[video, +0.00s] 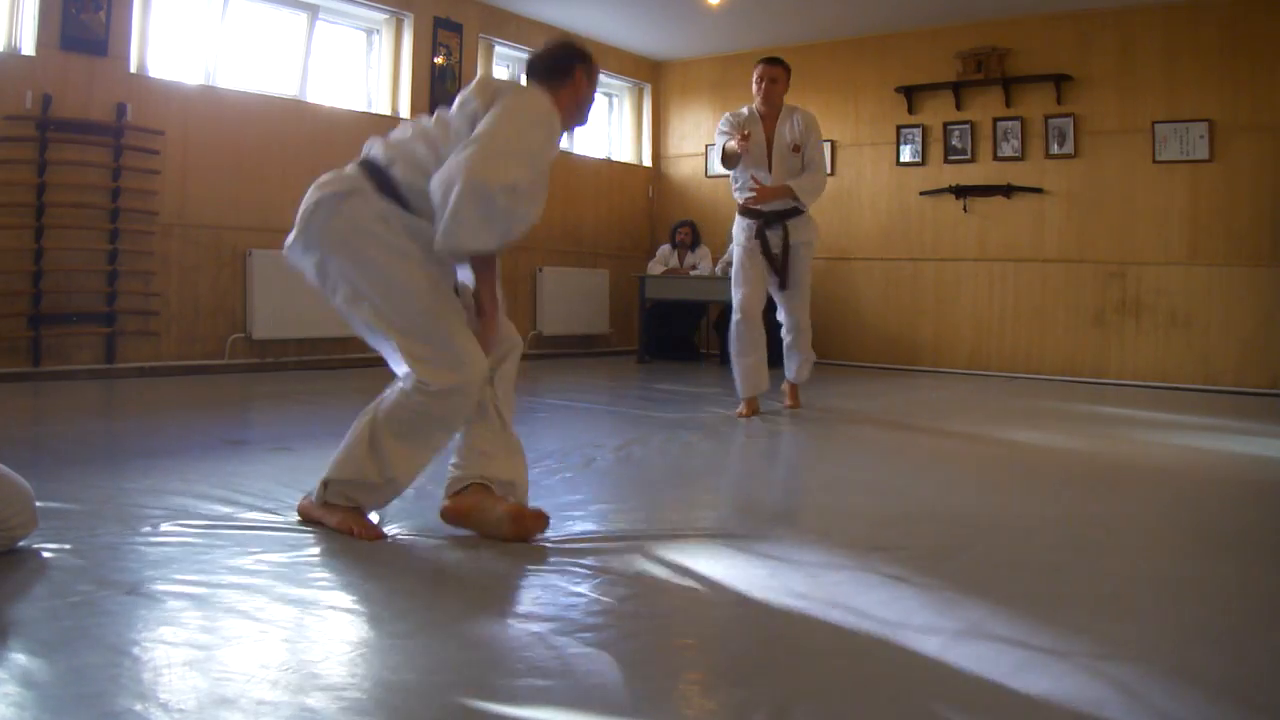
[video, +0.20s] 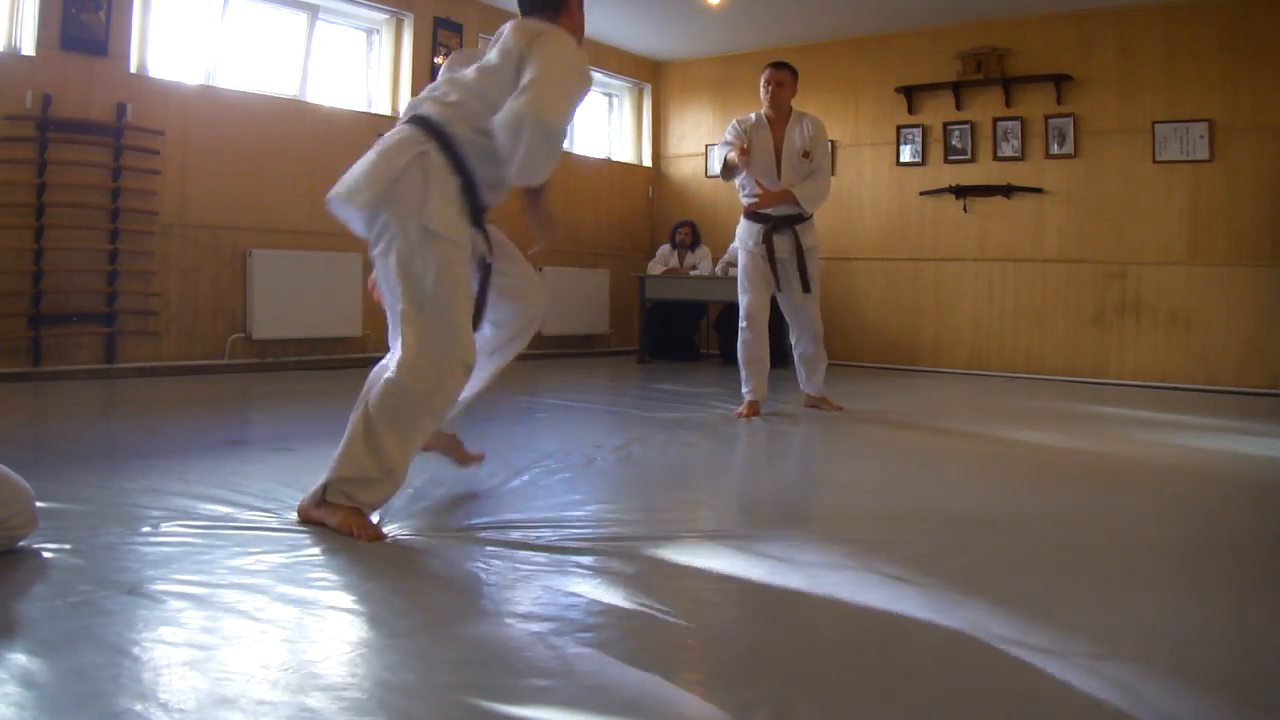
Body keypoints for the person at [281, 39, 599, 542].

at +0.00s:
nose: (592, 103)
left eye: (595, 92)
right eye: (593, 89)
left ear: (545, 74)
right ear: (576, 79)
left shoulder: (512, 104)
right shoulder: (532, 108)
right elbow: (473, 186)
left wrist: (477, 297)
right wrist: (488, 302)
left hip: (391, 226)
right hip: (356, 217)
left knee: (499, 346)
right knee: (452, 373)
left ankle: (476, 489)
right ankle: (334, 498)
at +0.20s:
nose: (585, 22)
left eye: (582, 13)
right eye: (584, 12)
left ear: (532, 13)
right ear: (573, 12)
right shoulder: (559, 48)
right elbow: (531, 119)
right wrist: (536, 204)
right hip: (422, 180)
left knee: (521, 299)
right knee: (435, 354)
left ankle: (433, 419)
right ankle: (338, 495)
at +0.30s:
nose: (586, 12)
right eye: (585, 10)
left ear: (540, 4)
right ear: (575, 5)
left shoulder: (496, 39)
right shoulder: (574, 27)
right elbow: (565, 100)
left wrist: (419, 227)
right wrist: (585, 147)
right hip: (465, 161)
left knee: (512, 319)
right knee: (432, 331)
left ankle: (459, 443)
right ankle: (353, 481)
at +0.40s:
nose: (590, 11)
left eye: (587, 8)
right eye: (590, 7)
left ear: (544, 2)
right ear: (584, 3)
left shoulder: (497, 39)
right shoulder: (579, 26)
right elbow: (623, 92)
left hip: (446, 163)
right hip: (499, 163)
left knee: (470, 315)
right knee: (501, 318)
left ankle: (457, 452)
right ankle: (405, 441)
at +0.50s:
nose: (609, 12)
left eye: (609, 9)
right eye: (607, 7)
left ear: (557, 2)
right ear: (594, 4)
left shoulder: (519, 44)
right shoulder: (597, 30)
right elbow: (670, 72)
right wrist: (694, 42)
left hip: (468, 170)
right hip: (528, 168)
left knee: (477, 317)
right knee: (574, 319)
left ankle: (455, 449)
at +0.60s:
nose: (637, 14)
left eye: (634, 11)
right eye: (636, 10)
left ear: (585, 7)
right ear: (627, 8)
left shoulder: (547, 47)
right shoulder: (633, 39)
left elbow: (533, 124)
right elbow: (700, 42)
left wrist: (597, 176)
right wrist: (714, 12)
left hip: (500, 175)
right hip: (560, 175)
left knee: (485, 315)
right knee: (618, 305)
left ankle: (453, 435)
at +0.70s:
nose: (666, 28)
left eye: (664, 22)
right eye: (665, 21)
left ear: (617, 16)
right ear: (660, 19)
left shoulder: (580, 57)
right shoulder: (661, 53)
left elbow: (563, 126)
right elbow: (726, 34)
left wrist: (628, 169)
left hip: (539, 179)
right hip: (601, 183)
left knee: (508, 305)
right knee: (637, 299)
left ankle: (462, 419)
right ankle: (665, 414)